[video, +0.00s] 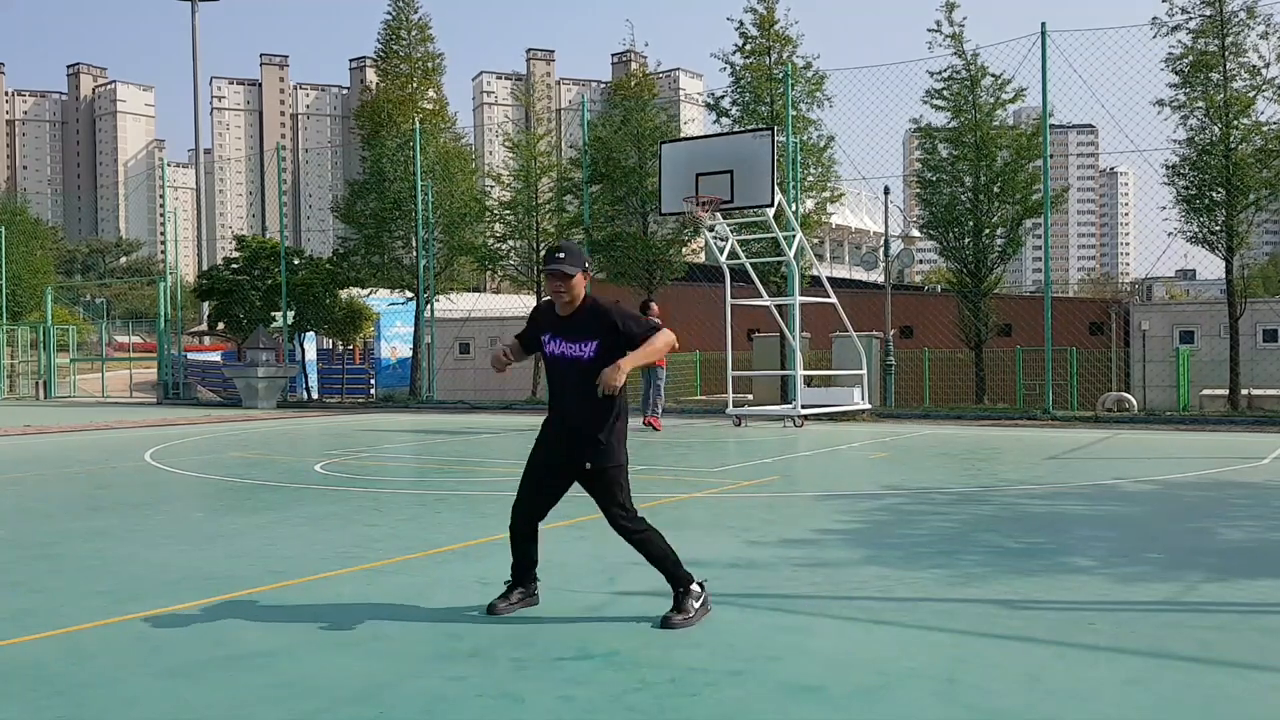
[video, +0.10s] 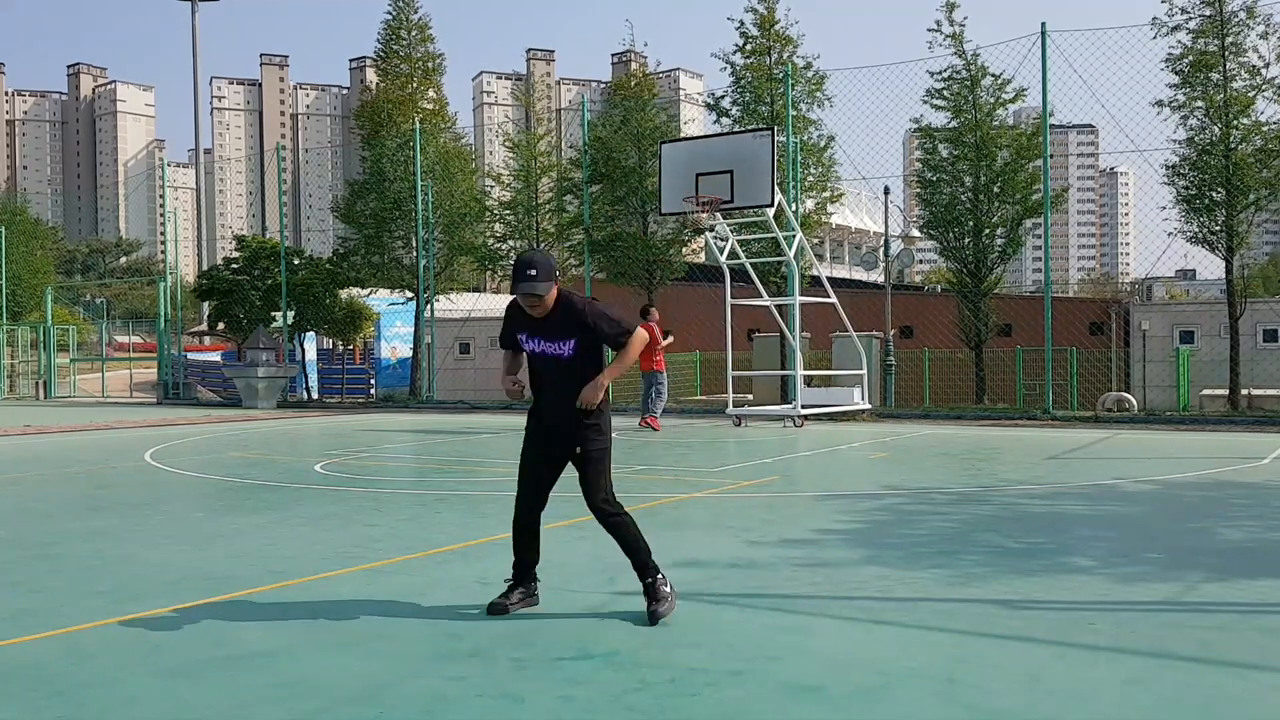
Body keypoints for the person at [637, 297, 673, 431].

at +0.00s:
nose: (658, 309)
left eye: (656, 306)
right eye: (655, 307)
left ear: (646, 311)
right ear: (649, 310)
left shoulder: (640, 325)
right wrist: (671, 340)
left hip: (644, 360)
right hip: (658, 360)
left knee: (646, 389)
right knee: (658, 389)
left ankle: (646, 415)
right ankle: (655, 416)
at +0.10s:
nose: (658, 314)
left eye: (656, 311)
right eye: (655, 312)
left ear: (646, 316)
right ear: (649, 315)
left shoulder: (641, 328)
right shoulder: (653, 327)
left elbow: (641, 344)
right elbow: (659, 345)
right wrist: (669, 340)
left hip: (645, 366)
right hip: (657, 366)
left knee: (648, 392)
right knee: (661, 394)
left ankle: (645, 416)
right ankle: (653, 416)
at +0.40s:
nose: (659, 312)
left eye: (659, 309)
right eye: (656, 310)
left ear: (658, 311)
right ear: (649, 313)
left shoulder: (655, 324)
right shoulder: (648, 323)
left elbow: (655, 342)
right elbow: (647, 342)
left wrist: (661, 354)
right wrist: (659, 355)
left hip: (654, 362)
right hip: (652, 362)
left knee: (650, 389)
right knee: (659, 389)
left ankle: (646, 415)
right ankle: (651, 416)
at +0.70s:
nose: (662, 316)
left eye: (663, 314)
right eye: (659, 314)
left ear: (665, 316)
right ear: (653, 316)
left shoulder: (664, 329)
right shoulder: (648, 329)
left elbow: (667, 347)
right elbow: (645, 347)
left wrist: (672, 360)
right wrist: (645, 365)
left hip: (662, 365)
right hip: (653, 365)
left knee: (653, 391)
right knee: (661, 388)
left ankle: (645, 417)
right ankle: (656, 417)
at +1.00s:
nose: (667, 317)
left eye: (668, 314)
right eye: (664, 315)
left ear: (670, 316)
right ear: (657, 317)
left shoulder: (674, 331)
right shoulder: (650, 330)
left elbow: (677, 346)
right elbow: (646, 347)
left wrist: (675, 355)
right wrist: (652, 357)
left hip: (669, 366)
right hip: (656, 366)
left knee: (666, 394)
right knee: (661, 395)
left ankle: (651, 414)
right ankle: (663, 420)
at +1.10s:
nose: (669, 316)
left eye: (670, 313)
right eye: (666, 313)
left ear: (672, 315)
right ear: (659, 316)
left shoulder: (675, 329)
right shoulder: (654, 330)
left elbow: (679, 344)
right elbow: (651, 346)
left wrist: (676, 355)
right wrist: (659, 357)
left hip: (671, 365)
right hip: (658, 366)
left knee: (673, 393)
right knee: (660, 394)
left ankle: (660, 409)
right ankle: (662, 420)